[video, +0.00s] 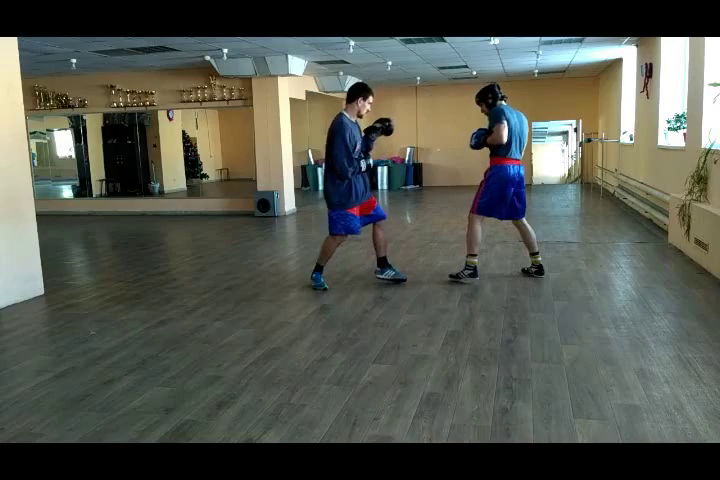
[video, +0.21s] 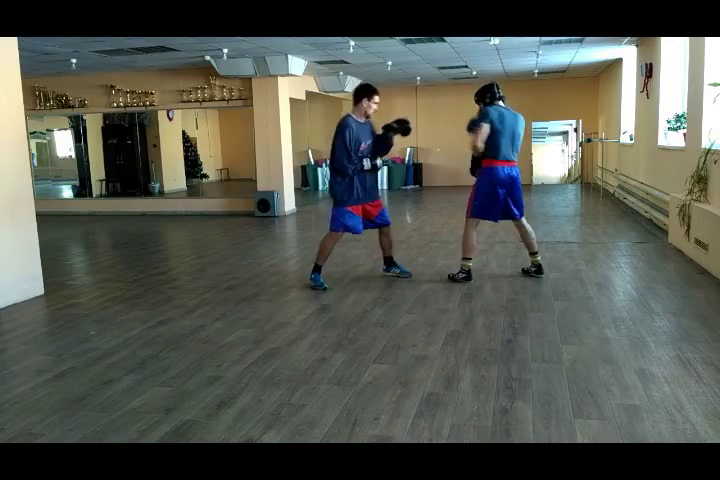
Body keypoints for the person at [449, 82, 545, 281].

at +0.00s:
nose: (482, 110)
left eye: (481, 106)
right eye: (480, 106)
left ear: (488, 101)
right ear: (499, 98)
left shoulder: (498, 111)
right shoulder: (520, 116)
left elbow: (500, 137)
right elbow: (519, 144)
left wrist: (484, 139)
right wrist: (491, 136)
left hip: (498, 172)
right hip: (518, 172)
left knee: (475, 217)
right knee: (519, 219)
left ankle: (470, 267)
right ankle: (537, 264)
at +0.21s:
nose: (479, 106)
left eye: (480, 103)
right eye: (479, 103)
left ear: (485, 99)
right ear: (500, 97)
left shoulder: (488, 111)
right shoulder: (519, 117)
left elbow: (478, 144)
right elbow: (515, 147)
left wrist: (477, 155)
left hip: (491, 172)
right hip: (513, 172)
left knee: (471, 223)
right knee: (520, 219)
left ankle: (465, 270)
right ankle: (536, 264)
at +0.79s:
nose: (489, 103)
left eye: (489, 100)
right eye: (489, 100)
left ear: (493, 98)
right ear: (510, 97)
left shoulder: (493, 112)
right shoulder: (529, 117)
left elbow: (493, 141)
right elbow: (528, 153)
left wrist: (480, 147)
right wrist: (508, 146)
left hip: (495, 174)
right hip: (519, 174)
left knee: (473, 222)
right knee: (531, 223)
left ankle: (462, 270)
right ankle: (545, 270)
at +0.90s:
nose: (488, 103)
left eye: (488, 100)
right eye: (487, 100)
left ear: (493, 98)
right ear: (510, 96)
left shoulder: (493, 112)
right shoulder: (530, 117)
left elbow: (482, 142)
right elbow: (528, 153)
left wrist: (474, 140)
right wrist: (511, 144)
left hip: (495, 174)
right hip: (519, 175)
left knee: (472, 223)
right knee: (529, 223)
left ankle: (458, 270)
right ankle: (544, 270)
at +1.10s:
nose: (464, 117)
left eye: (463, 113)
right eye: (462, 114)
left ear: (470, 110)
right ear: (483, 104)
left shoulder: (481, 124)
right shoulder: (508, 119)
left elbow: (486, 157)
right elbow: (512, 152)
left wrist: (470, 156)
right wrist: (480, 148)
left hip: (490, 181)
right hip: (511, 179)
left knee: (463, 226)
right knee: (517, 226)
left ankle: (448, 273)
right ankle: (541, 268)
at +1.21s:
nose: (446, 128)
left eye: (446, 124)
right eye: (444, 124)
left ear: (454, 120)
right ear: (459, 116)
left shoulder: (478, 129)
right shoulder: (474, 129)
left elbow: (488, 164)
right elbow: (476, 153)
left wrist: (463, 156)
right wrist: (456, 147)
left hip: (490, 184)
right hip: (501, 182)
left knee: (460, 225)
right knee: (504, 230)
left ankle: (448, 274)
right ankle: (541, 263)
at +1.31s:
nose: (443, 131)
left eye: (444, 126)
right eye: (442, 127)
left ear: (454, 121)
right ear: (456, 120)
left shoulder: (481, 132)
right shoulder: (458, 134)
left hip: (486, 185)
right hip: (490, 184)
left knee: (455, 224)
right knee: (498, 230)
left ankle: (448, 275)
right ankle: (540, 258)